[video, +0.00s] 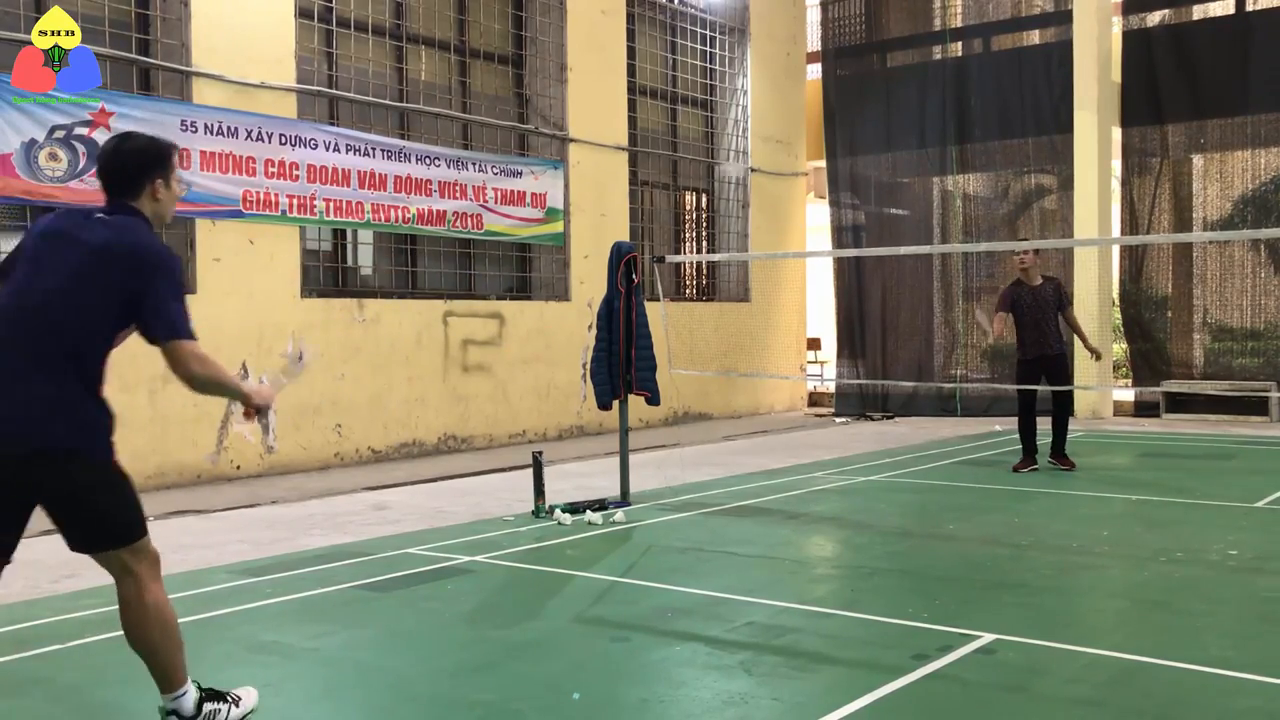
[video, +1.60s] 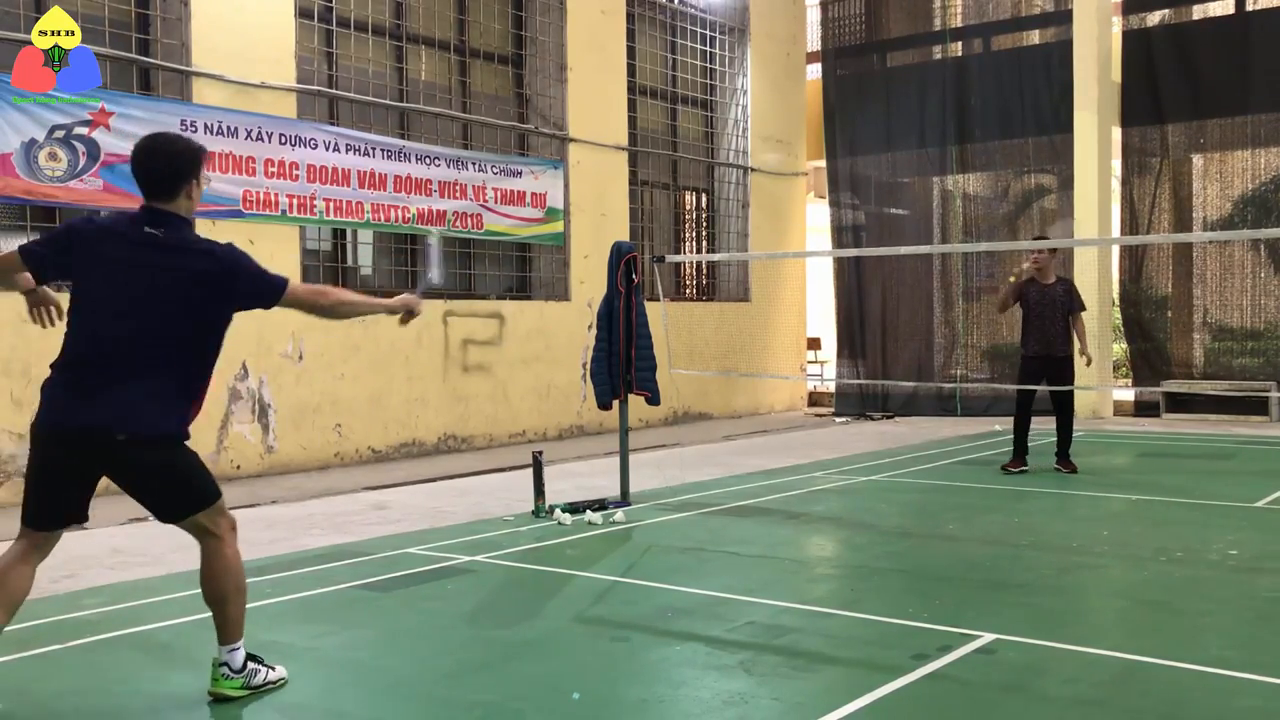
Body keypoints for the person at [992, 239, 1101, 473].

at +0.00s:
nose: (1020, 257)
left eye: (1025, 253)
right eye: (1017, 254)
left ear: (1036, 258)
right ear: (1014, 260)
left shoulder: (1054, 285)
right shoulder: (1011, 291)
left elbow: (1069, 317)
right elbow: (1000, 316)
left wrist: (1087, 344)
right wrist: (998, 330)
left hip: (1056, 355)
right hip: (1028, 357)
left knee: (1062, 405)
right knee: (1026, 407)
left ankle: (1058, 453)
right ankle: (1029, 457)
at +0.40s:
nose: (1038, 257)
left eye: (1043, 253)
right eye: (1034, 253)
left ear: (1053, 257)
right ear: (1030, 258)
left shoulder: (1066, 287)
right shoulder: (1024, 287)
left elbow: (1074, 322)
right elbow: (1001, 314)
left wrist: (1083, 353)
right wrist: (1020, 304)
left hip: (1060, 356)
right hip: (1031, 356)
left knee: (1061, 408)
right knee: (1024, 405)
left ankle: (1056, 457)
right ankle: (1029, 455)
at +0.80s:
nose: (1035, 256)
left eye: (1040, 252)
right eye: (1032, 252)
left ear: (1051, 256)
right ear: (1028, 257)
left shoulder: (1067, 284)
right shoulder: (1024, 288)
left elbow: (1083, 316)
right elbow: (999, 311)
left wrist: (1102, 343)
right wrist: (1005, 293)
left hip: (1068, 355)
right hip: (1040, 356)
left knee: (1068, 408)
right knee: (1039, 408)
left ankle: (1059, 456)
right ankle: (1041, 458)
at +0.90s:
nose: (1030, 258)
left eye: (1035, 254)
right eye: (1026, 255)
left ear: (1045, 258)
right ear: (1023, 260)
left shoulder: (1063, 285)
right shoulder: (1022, 291)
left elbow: (1083, 316)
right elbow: (1000, 306)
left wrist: (1105, 342)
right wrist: (976, 313)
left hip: (1071, 355)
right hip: (1042, 358)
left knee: (1074, 406)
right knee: (1040, 408)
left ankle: (1063, 455)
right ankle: (1041, 458)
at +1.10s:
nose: (1028, 258)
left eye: (1033, 254)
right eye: (1024, 255)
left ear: (1043, 258)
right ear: (1021, 260)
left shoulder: (1062, 285)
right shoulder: (1019, 293)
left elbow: (1079, 316)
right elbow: (1007, 320)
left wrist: (1097, 344)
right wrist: (1001, 334)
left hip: (1067, 355)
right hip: (1039, 358)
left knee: (1077, 399)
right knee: (1039, 407)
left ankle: (1066, 452)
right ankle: (1041, 459)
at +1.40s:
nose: (1036, 258)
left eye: (1042, 253)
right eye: (1033, 253)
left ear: (1054, 256)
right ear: (1030, 258)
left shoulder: (1069, 286)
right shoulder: (1027, 288)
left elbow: (1081, 321)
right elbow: (1005, 317)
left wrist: (1091, 353)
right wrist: (1010, 313)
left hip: (1064, 357)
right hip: (1035, 357)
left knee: (1067, 409)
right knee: (1026, 404)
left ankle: (1064, 458)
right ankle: (1036, 455)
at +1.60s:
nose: (1034, 256)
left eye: (1040, 252)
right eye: (1032, 252)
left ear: (1052, 255)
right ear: (1029, 257)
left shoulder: (1066, 286)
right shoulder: (1025, 285)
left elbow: (1076, 318)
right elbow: (1002, 307)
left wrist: (1084, 347)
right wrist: (1016, 279)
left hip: (1061, 357)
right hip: (1032, 356)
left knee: (1064, 409)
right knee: (1022, 407)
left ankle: (1063, 458)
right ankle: (1018, 457)